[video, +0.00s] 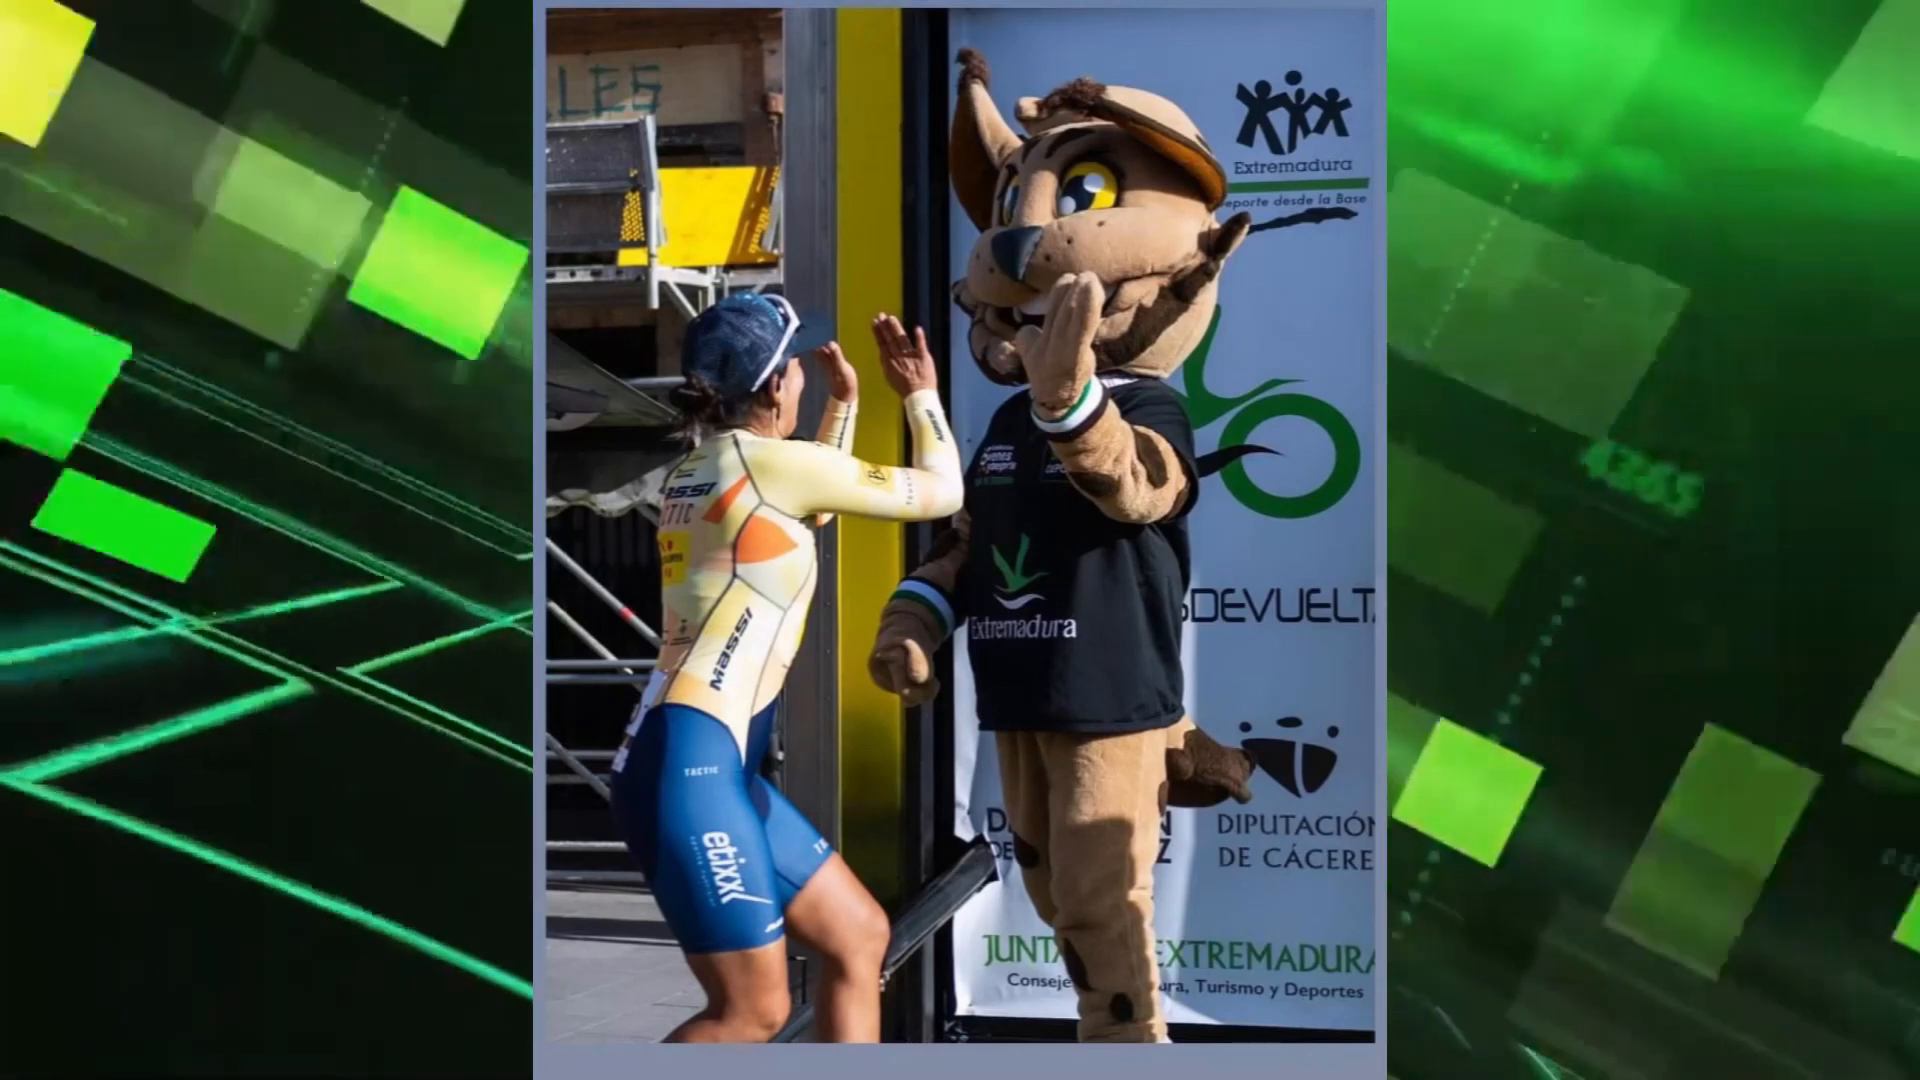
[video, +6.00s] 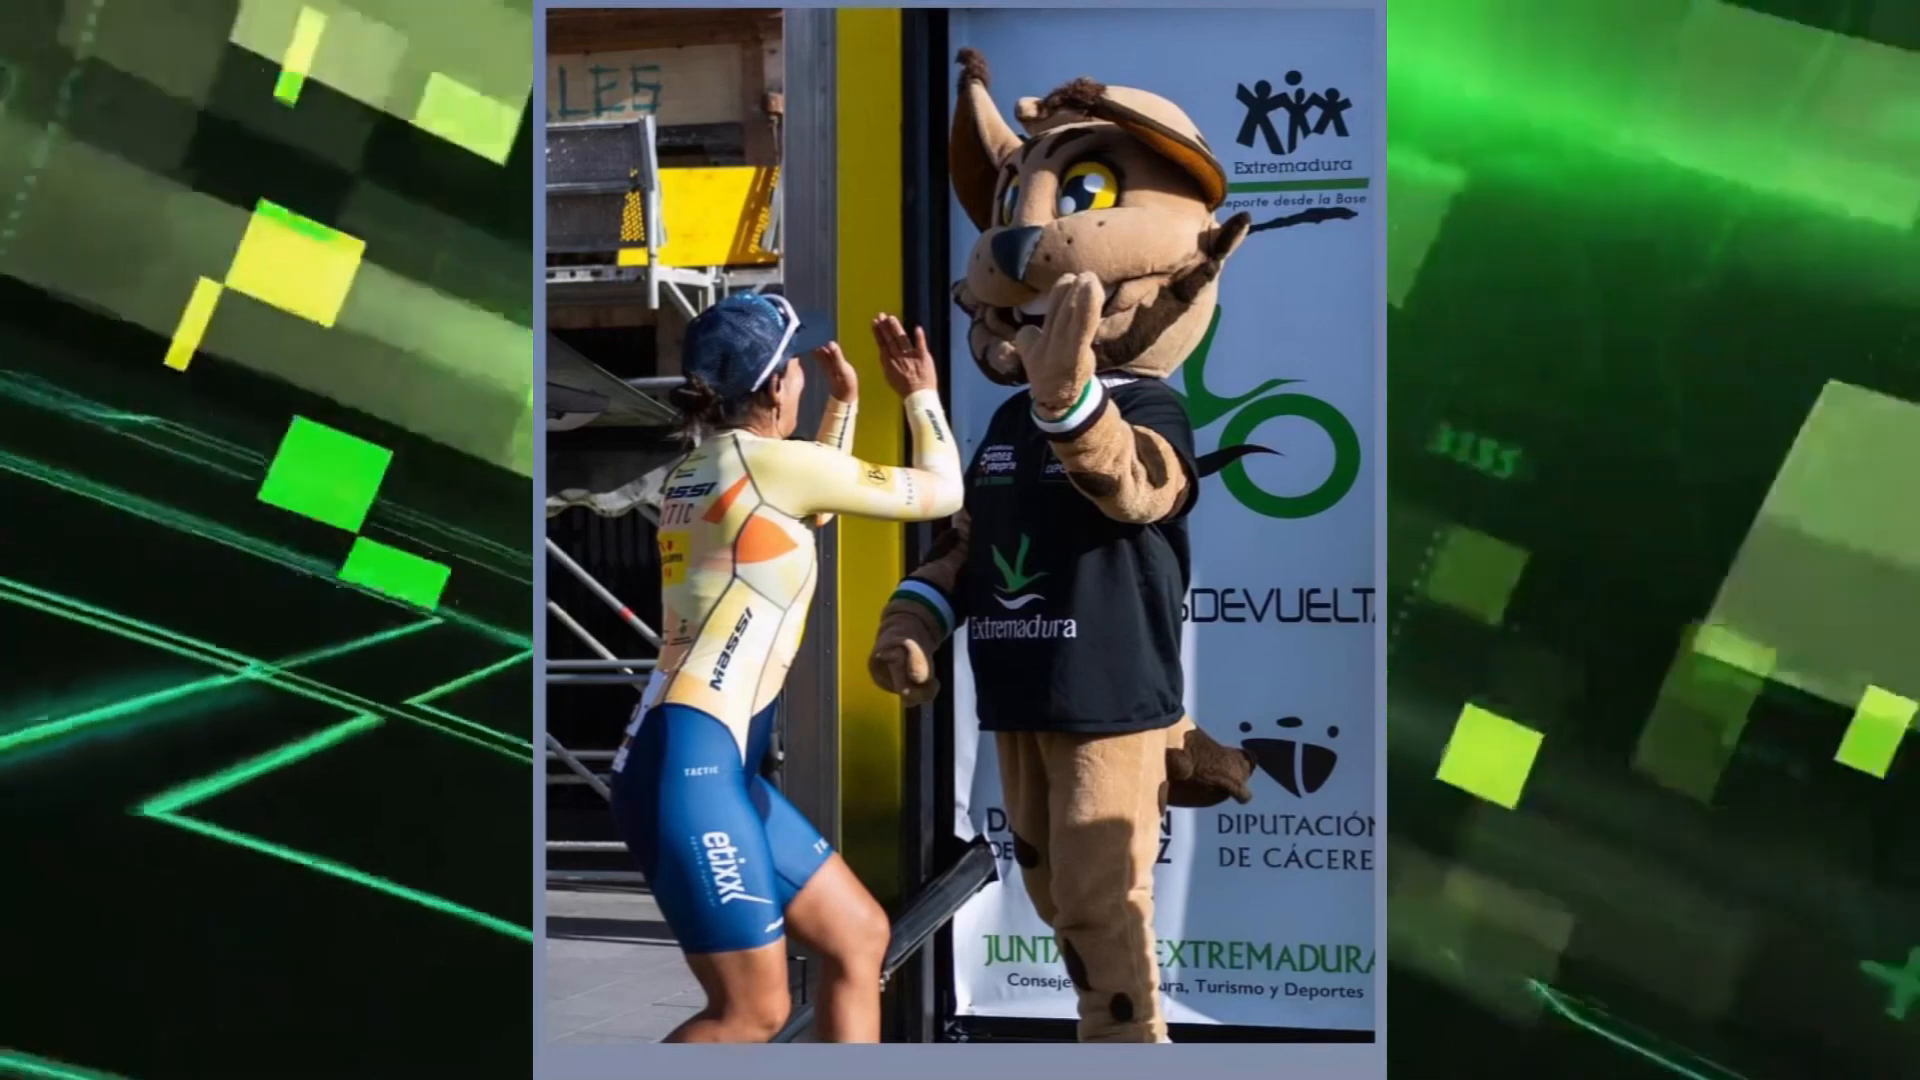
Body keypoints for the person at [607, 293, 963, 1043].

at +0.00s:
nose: (803, 377)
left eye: (800, 363)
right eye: (797, 364)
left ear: (714, 387)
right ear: (778, 380)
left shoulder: (695, 471)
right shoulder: (779, 465)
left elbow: (801, 497)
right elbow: (938, 492)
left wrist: (841, 411)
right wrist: (924, 396)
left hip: (715, 769)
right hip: (686, 774)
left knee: (860, 933)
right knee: (754, 1009)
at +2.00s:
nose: (804, 377)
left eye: (800, 363)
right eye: (797, 364)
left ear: (714, 387)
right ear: (777, 380)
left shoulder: (695, 471)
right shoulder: (779, 465)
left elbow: (801, 496)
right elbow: (938, 492)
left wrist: (840, 411)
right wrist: (924, 396)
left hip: (714, 769)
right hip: (686, 774)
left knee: (860, 933)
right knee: (754, 1009)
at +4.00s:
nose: (803, 377)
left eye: (800, 363)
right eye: (796, 364)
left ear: (715, 387)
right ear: (776, 380)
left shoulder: (692, 471)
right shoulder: (778, 465)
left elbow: (797, 494)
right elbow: (938, 492)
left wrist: (840, 412)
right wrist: (924, 396)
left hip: (714, 770)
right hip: (686, 774)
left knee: (860, 934)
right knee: (754, 1010)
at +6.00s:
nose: (803, 377)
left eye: (799, 363)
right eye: (796, 364)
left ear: (715, 387)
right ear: (776, 380)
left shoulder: (692, 471)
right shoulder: (778, 465)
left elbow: (798, 494)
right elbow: (938, 492)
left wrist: (840, 412)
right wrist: (924, 395)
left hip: (714, 770)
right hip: (686, 774)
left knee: (860, 934)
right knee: (754, 1010)